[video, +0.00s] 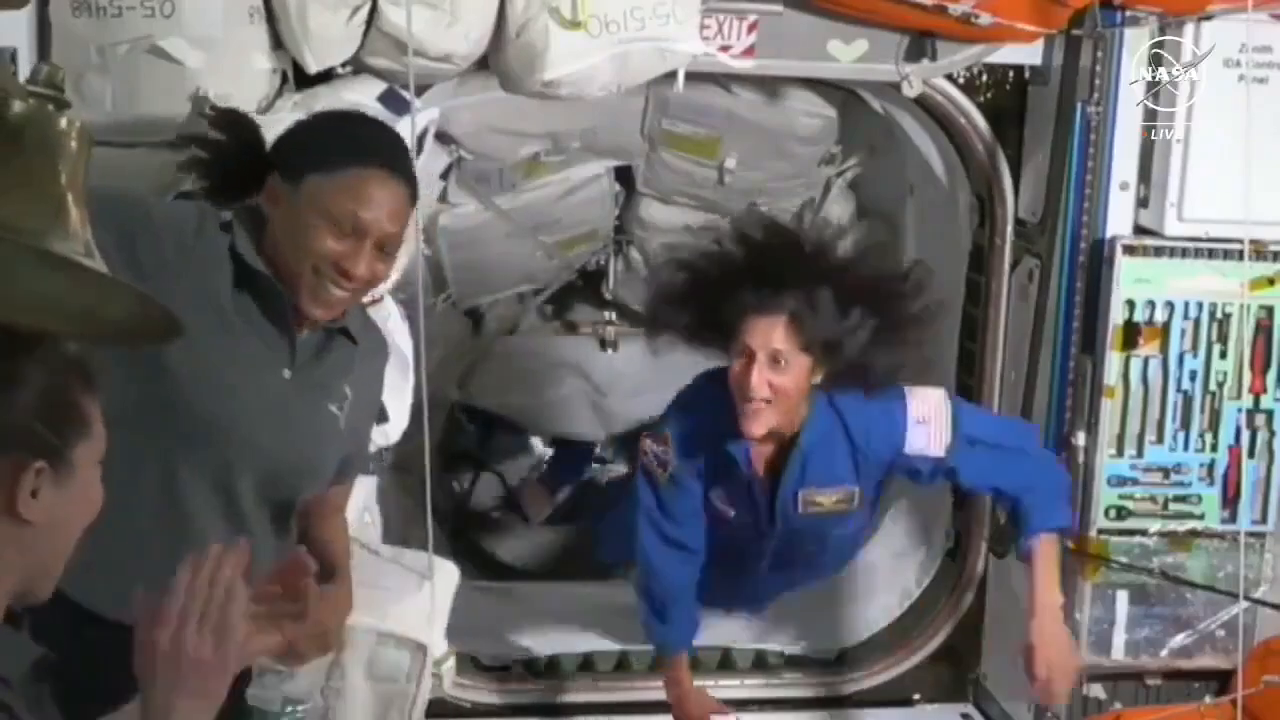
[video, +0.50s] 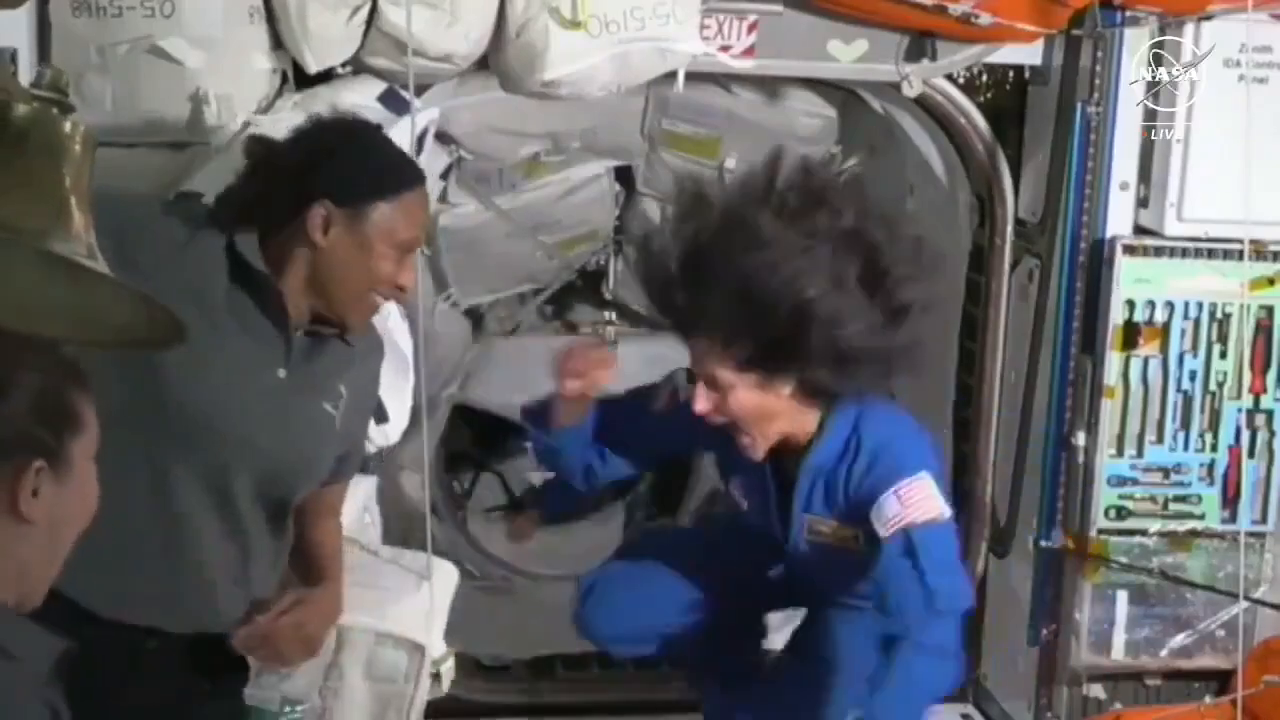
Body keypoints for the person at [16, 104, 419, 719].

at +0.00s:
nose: (361, 266)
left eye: (385, 249)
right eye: (344, 231)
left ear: (399, 254)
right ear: (274, 196)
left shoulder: (361, 352)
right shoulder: (154, 242)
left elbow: (325, 507)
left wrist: (338, 596)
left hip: (217, 651)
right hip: (74, 621)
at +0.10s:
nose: (387, 275)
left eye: (400, 255)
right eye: (372, 245)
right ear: (289, 208)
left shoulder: (360, 353)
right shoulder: (159, 245)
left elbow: (325, 504)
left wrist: (325, 590)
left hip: (222, 646)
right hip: (74, 619)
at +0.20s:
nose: (401, 281)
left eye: (408, 254)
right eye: (392, 250)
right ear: (309, 221)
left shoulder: (357, 348)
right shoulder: (143, 248)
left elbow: (324, 505)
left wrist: (329, 591)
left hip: (228, 658)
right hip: (76, 634)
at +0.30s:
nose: (406, 283)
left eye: (413, 257)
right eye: (399, 251)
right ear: (322, 226)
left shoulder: (356, 352)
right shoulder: (129, 245)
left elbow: (323, 504)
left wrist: (326, 590)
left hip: (206, 670)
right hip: (59, 640)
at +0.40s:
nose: (407, 284)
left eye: (415, 257)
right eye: (400, 252)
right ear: (323, 225)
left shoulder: (354, 358)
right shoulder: (143, 247)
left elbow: (321, 509)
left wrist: (324, 595)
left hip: (205, 670)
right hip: (57, 639)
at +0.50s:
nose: (407, 284)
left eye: (414, 257)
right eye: (400, 251)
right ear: (322, 225)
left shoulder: (354, 361)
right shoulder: (145, 248)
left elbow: (320, 509)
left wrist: (325, 596)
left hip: (203, 670)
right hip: (55, 638)